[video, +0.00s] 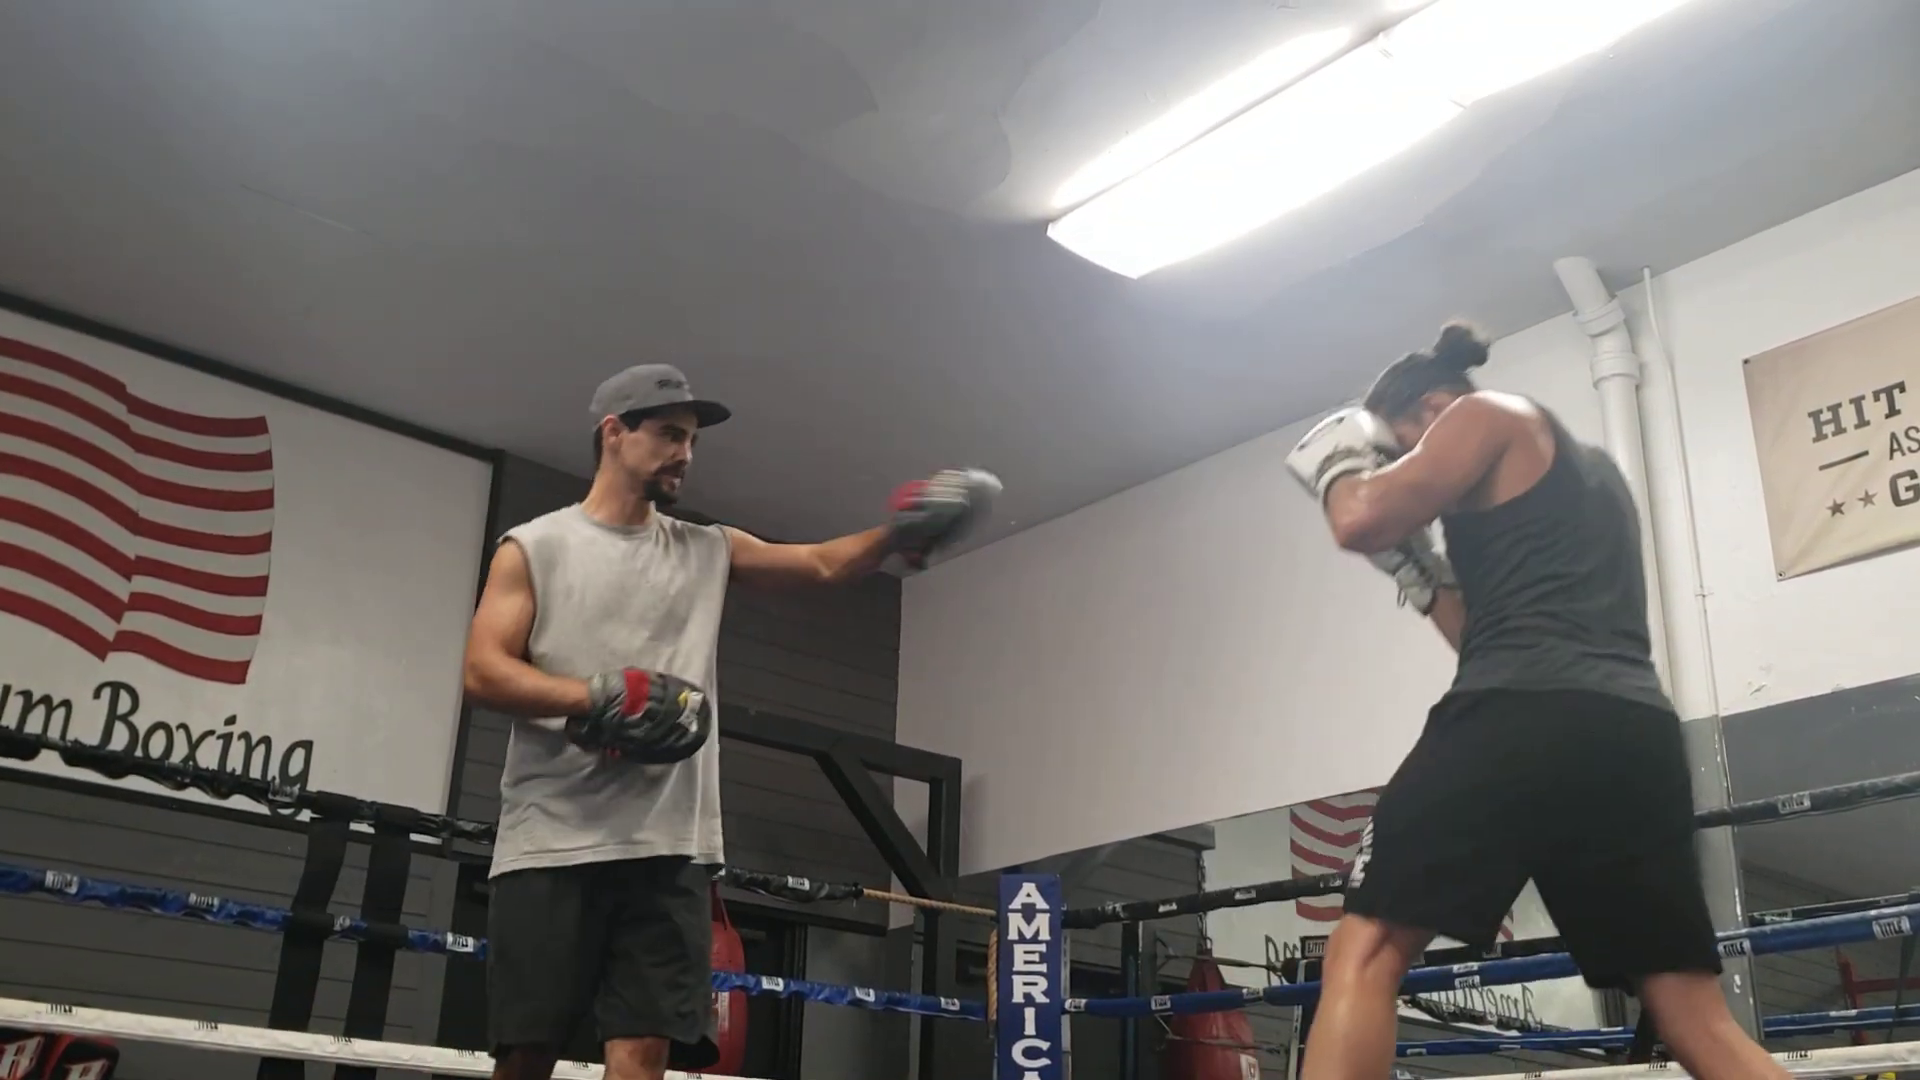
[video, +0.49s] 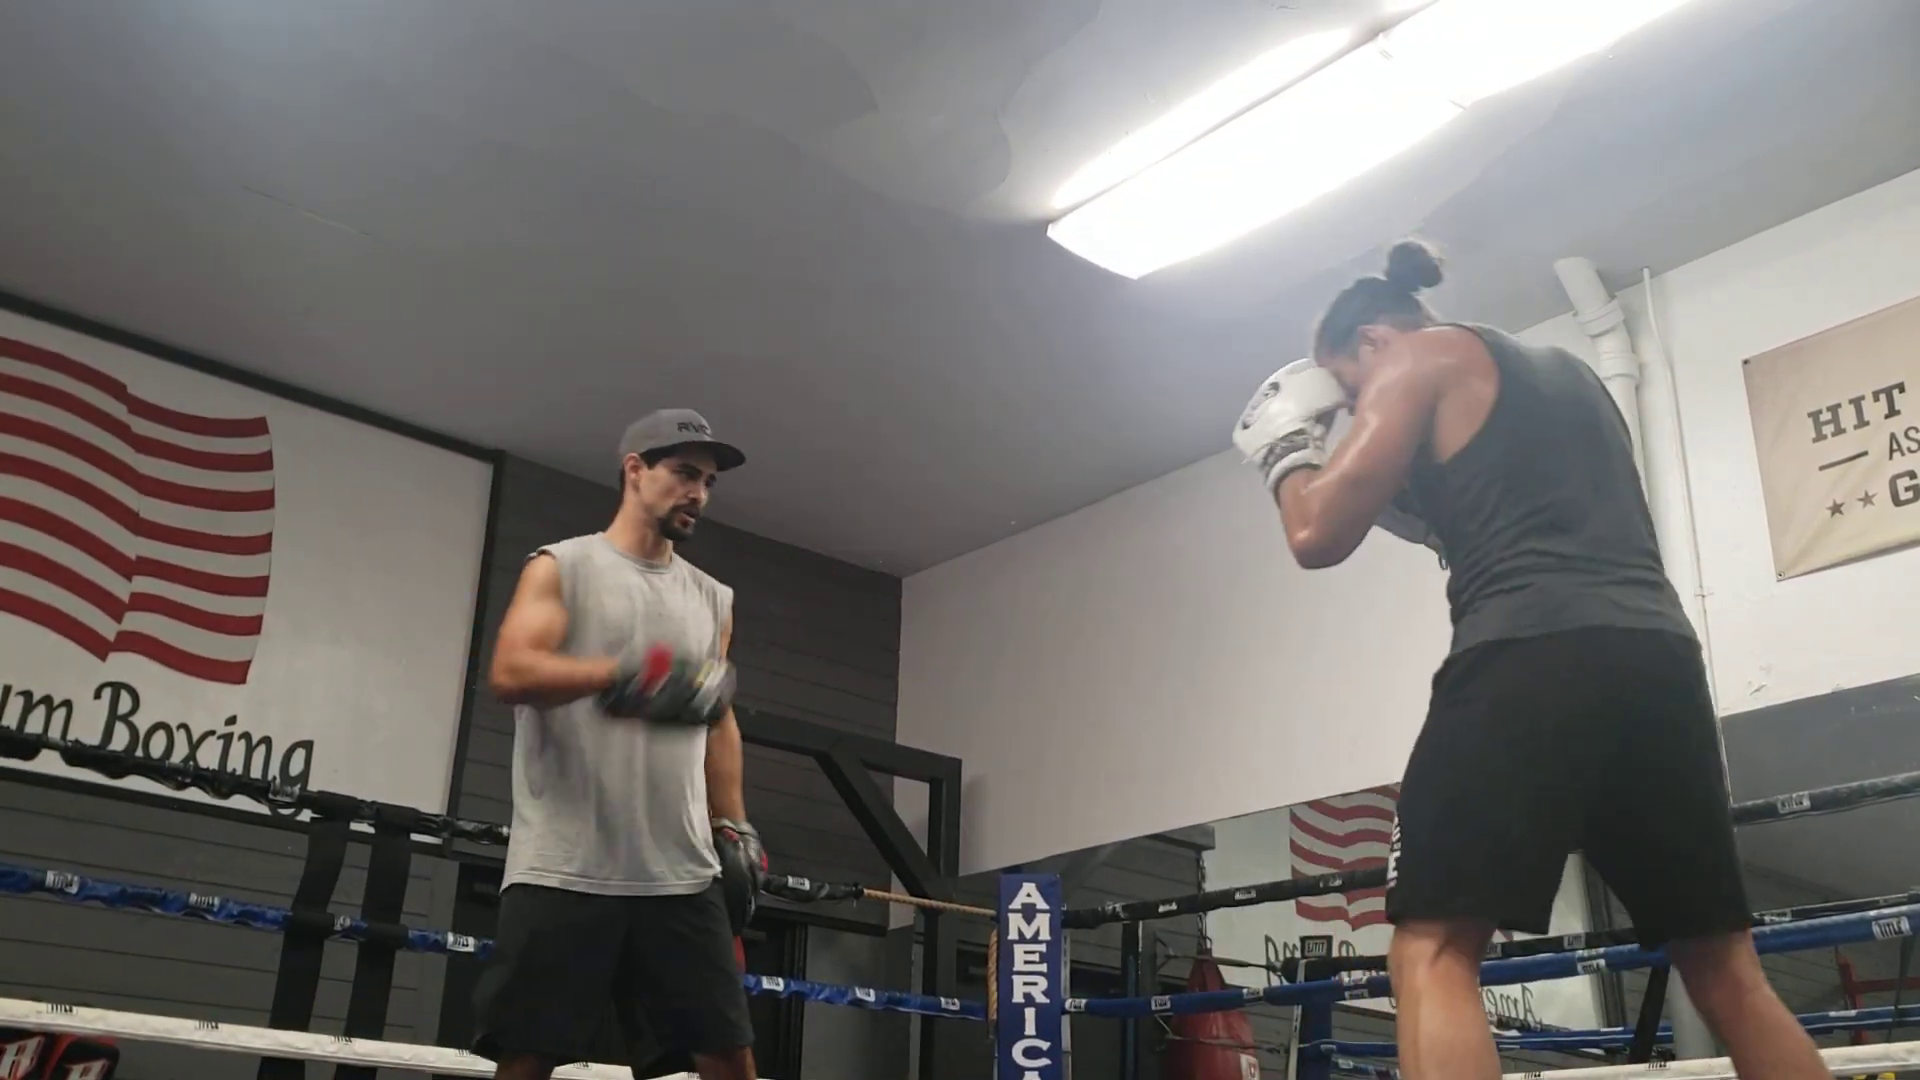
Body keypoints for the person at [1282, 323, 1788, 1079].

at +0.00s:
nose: (1411, 459)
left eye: (1404, 443)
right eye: (1403, 452)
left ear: (1425, 405)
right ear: (1455, 389)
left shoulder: (1489, 416)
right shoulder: (1595, 471)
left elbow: (1359, 522)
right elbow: (1494, 644)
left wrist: (1338, 461)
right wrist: (1412, 563)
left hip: (1515, 716)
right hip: (1636, 727)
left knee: (1366, 955)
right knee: (1697, 1015)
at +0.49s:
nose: (1359, 402)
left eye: (1352, 382)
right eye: (1348, 393)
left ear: (1372, 335)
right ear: (1413, 314)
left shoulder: (1423, 357)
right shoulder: (1572, 376)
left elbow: (1314, 535)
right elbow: (1479, 522)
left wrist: (1285, 449)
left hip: (1524, 665)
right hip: (1659, 660)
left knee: (1434, 954)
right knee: (1726, 968)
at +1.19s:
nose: (1515, 287)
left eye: (1513, 268)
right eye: (1510, 278)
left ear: (1547, 240)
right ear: (1615, 218)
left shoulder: (1578, 247)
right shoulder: (1766, 305)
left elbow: (1469, 378)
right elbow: (1675, 467)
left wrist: (1412, 371)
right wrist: (1512, 425)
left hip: (1613, 627)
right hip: (1782, 623)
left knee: (1481, 930)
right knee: (1871, 941)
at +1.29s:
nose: (1512, 251)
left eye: (1514, 233)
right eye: (1509, 242)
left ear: (1540, 214)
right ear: (1604, 193)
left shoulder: (1575, 231)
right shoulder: (1757, 282)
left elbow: (1430, 371)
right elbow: (1643, 438)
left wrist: (1404, 319)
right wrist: (1502, 372)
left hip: (1624, 606)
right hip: (1787, 601)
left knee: (1487, 921)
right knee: (1864, 919)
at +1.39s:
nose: (1483, 283)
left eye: (1480, 257)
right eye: (1475, 268)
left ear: (1522, 219)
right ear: (1571, 208)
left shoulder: (1560, 250)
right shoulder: (1726, 296)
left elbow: (1393, 404)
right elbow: (1594, 459)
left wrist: (1370, 326)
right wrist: (1503, 399)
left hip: (1626, 619)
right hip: (1787, 615)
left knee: (1486, 932)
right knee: (1858, 936)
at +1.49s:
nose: (1420, 315)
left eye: (1417, 287)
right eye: (1410, 296)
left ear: (1467, 246)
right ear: (1489, 245)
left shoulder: (1531, 292)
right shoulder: (1659, 317)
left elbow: (1409, 473)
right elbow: (1569, 529)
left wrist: (1362, 390)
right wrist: (1464, 420)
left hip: (1625, 634)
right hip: (1776, 631)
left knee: (1476, 939)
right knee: (1838, 952)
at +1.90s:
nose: (1401, 392)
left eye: (1398, 371)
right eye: (1394, 380)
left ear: (1421, 332)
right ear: (1474, 301)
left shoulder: (1470, 335)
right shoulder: (1631, 380)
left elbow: (1350, 508)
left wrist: (1334, 436)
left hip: (1609, 661)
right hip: (1743, 654)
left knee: (1457, 955)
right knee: (1826, 967)